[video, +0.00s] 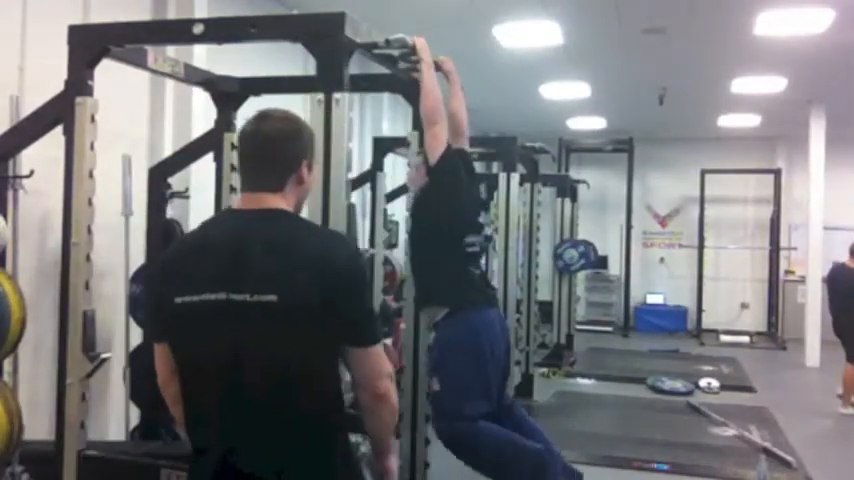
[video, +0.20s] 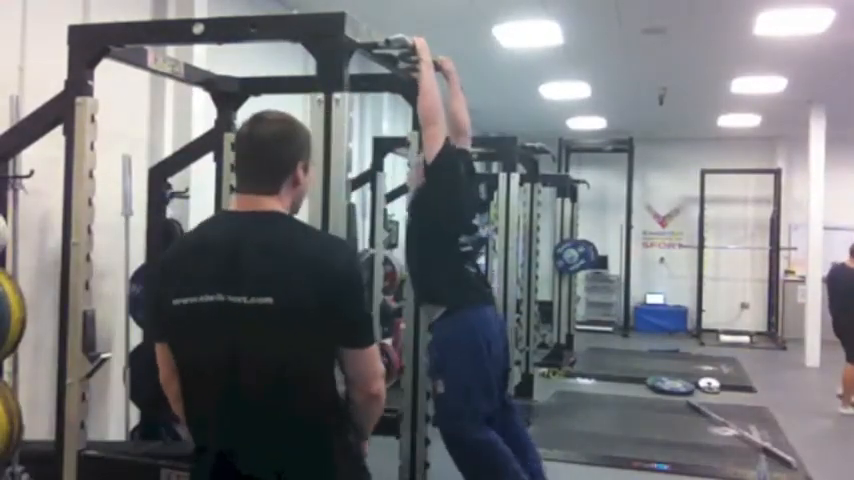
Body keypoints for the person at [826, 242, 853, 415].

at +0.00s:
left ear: (848, 253)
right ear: (851, 255)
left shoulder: (836, 272)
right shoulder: (843, 273)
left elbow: (833, 304)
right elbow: (837, 305)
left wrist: (838, 321)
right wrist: (841, 324)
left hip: (840, 325)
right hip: (847, 326)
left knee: (849, 359)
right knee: (850, 361)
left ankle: (845, 389)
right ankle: (847, 401)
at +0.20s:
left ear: (848, 253)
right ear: (851, 255)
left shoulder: (836, 272)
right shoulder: (843, 273)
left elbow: (833, 303)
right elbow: (836, 304)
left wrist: (838, 320)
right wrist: (840, 322)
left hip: (840, 324)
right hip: (847, 325)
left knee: (849, 359)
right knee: (850, 361)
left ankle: (844, 389)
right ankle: (847, 401)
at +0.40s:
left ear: (849, 254)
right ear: (852, 255)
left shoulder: (834, 272)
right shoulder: (843, 273)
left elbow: (832, 303)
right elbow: (834, 304)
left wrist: (837, 320)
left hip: (840, 324)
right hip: (848, 325)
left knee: (850, 359)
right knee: (850, 361)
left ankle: (844, 389)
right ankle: (847, 401)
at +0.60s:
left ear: (849, 254)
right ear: (851, 255)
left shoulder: (834, 272)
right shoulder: (842, 273)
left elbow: (832, 303)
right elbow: (833, 304)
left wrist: (837, 320)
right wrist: (838, 321)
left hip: (839, 324)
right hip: (848, 325)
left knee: (850, 359)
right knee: (850, 361)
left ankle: (845, 390)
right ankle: (847, 401)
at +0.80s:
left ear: (849, 254)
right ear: (851, 255)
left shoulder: (834, 272)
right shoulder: (843, 274)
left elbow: (832, 304)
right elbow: (833, 305)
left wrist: (837, 320)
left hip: (839, 323)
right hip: (848, 325)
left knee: (849, 358)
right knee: (850, 361)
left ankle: (844, 388)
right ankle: (847, 402)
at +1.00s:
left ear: (849, 254)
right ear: (851, 255)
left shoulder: (834, 272)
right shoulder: (843, 273)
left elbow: (831, 304)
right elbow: (833, 305)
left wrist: (836, 319)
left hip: (839, 323)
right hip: (848, 324)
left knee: (849, 358)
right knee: (849, 361)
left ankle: (844, 388)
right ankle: (846, 402)